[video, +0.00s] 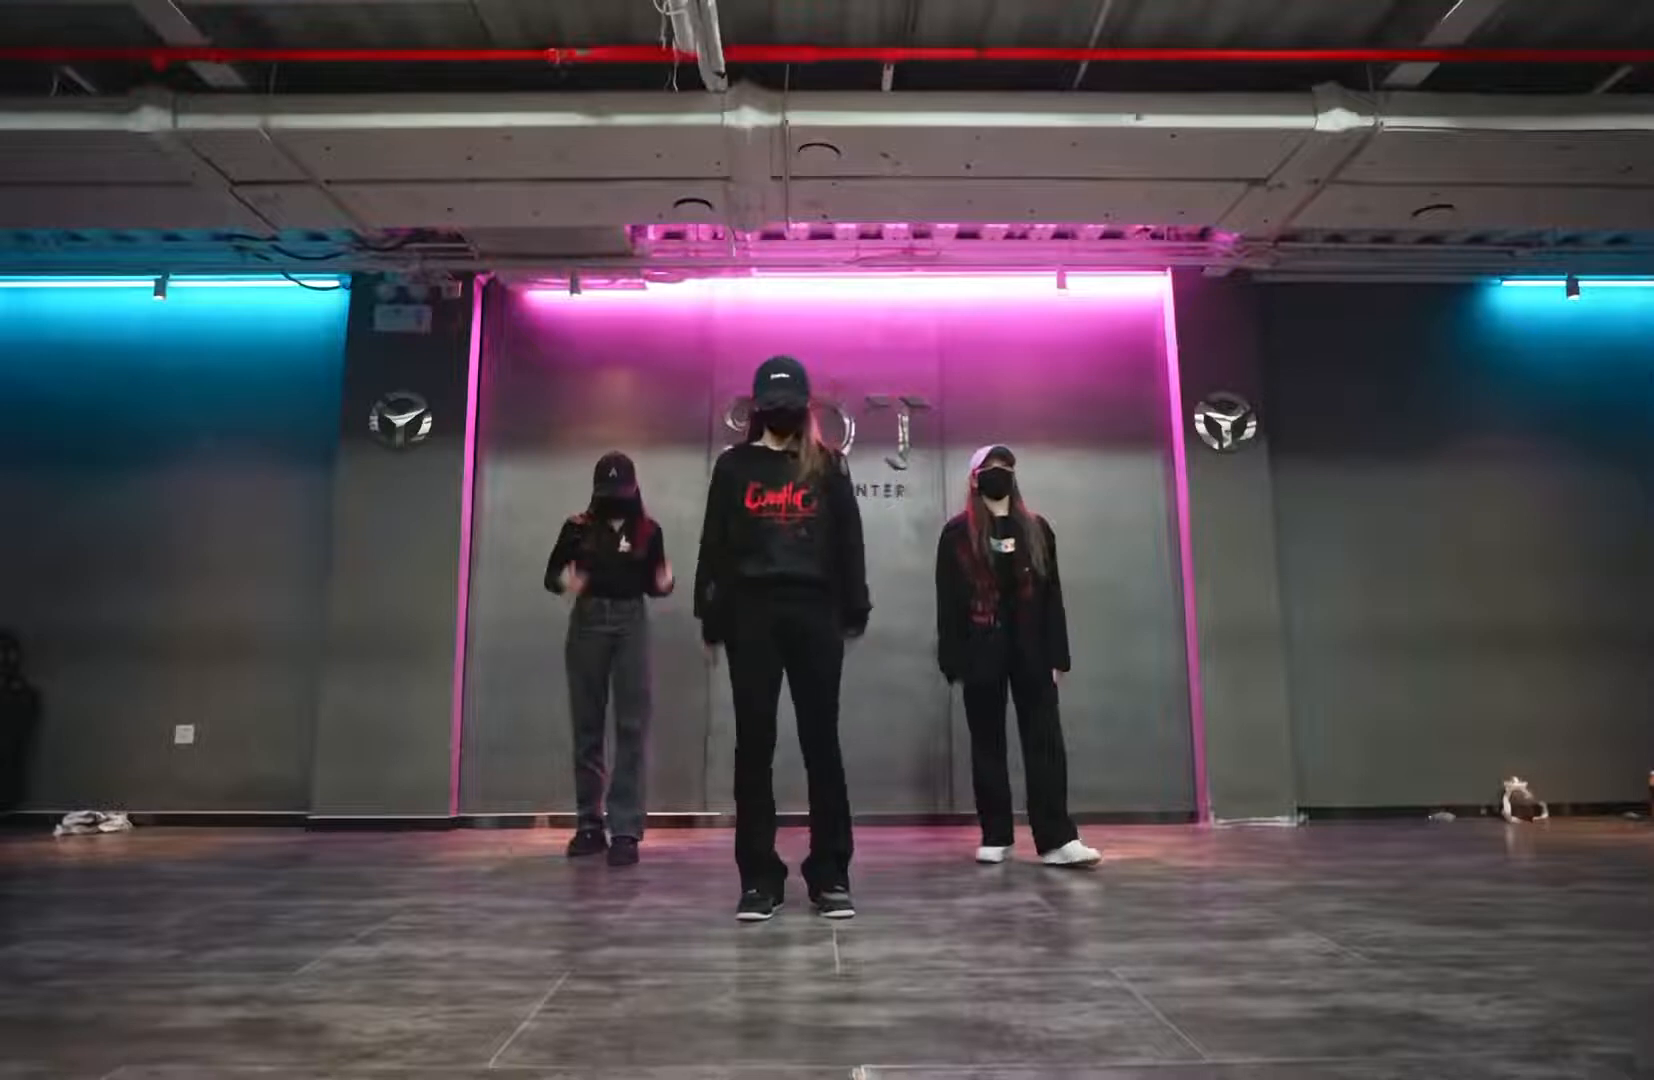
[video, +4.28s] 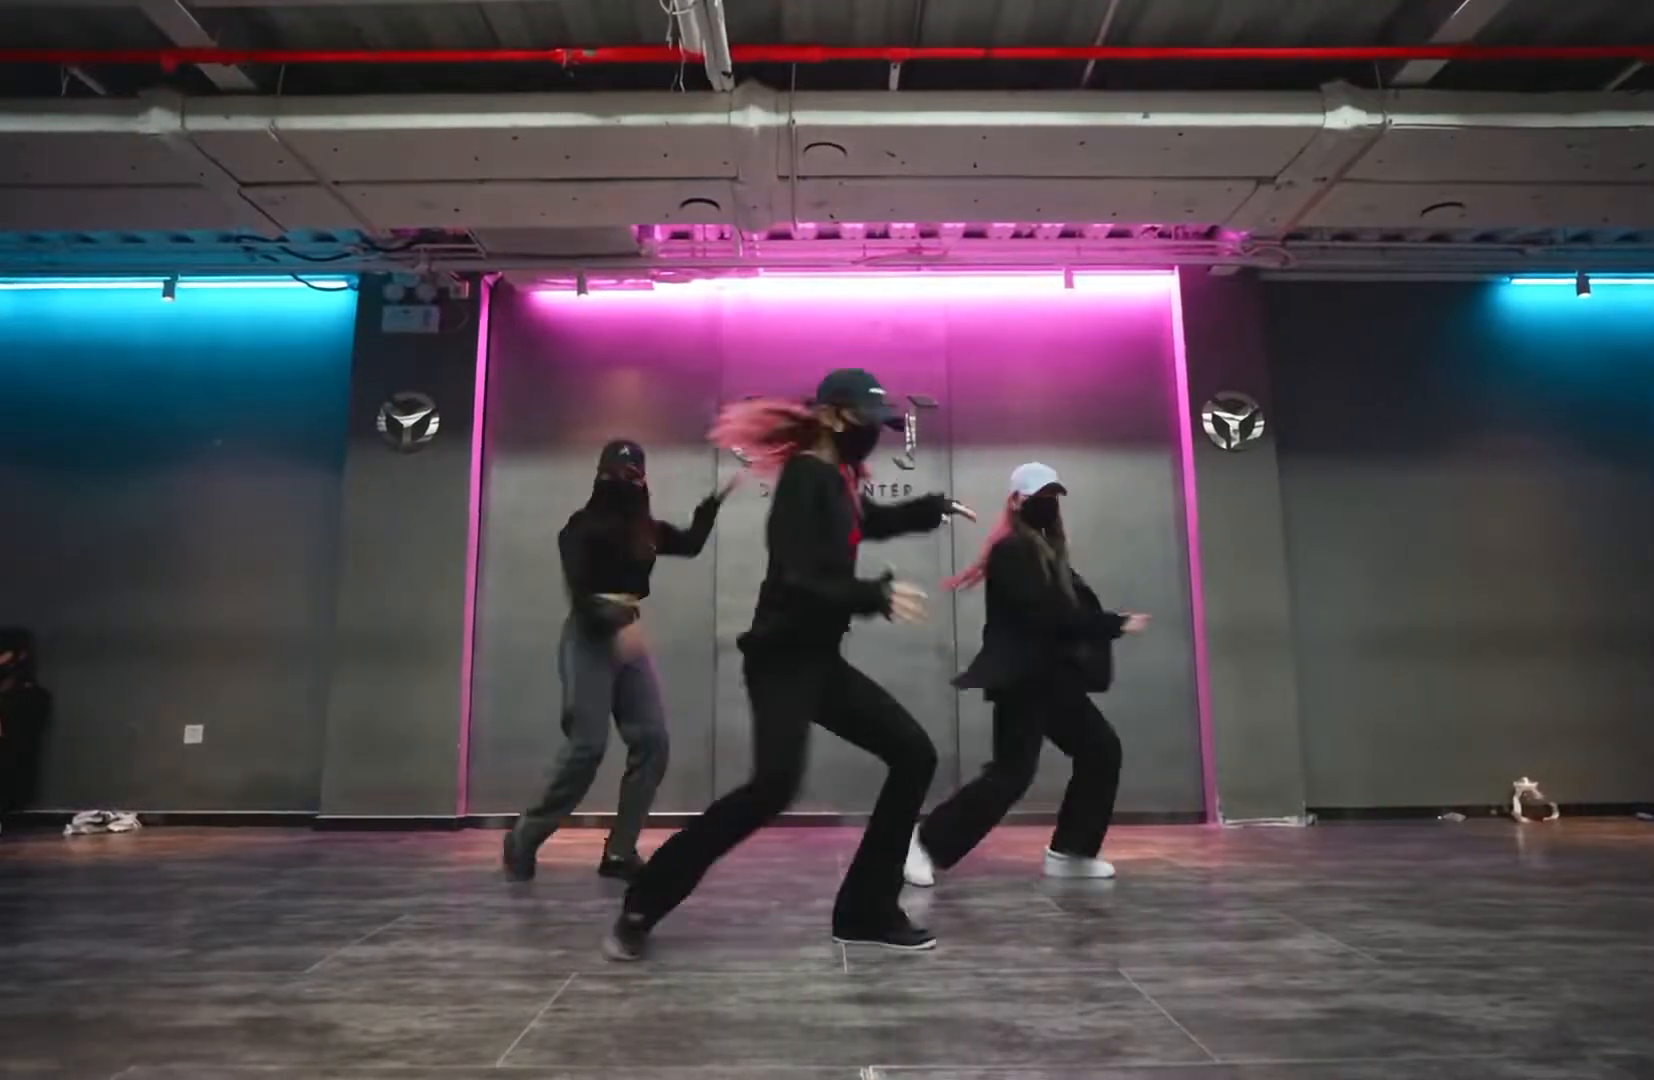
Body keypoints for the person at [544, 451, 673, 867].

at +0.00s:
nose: (615, 501)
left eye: (622, 493)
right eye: (608, 494)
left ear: (634, 490)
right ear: (596, 490)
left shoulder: (647, 529)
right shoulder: (578, 527)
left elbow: (658, 584)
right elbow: (552, 578)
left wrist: (662, 583)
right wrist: (569, 578)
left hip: (632, 622)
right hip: (589, 621)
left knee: (631, 727)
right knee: (588, 727)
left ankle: (626, 831)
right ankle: (589, 825)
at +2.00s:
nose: (627, 486)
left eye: (634, 480)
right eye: (619, 480)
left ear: (646, 485)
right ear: (609, 486)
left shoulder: (660, 532)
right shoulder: (591, 532)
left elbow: (673, 587)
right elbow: (576, 588)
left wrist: (670, 634)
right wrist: (572, 640)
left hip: (645, 631)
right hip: (598, 629)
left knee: (641, 726)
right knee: (601, 728)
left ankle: (644, 827)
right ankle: (610, 821)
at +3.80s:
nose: (627, 500)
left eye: (635, 492)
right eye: (620, 492)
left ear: (649, 495)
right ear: (610, 495)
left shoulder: (657, 540)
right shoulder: (606, 538)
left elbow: (649, 593)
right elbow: (580, 584)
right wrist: (539, 603)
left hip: (651, 651)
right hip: (611, 648)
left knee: (655, 747)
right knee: (585, 711)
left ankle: (669, 829)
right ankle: (574, 793)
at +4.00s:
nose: (606, 499)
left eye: (615, 492)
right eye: (599, 491)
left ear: (631, 497)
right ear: (590, 495)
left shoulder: (641, 543)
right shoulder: (581, 543)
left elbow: (652, 590)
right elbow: (543, 583)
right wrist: (493, 571)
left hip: (628, 655)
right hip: (582, 653)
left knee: (647, 759)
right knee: (557, 741)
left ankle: (667, 850)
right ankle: (530, 853)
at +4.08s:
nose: (602, 494)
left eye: (611, 488)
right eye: (595, 486)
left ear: (626, 494)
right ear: (584, 489)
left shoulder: (638, 541)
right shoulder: (566, 530)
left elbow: (678, 585)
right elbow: (521, 553)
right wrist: (498, 546)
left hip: (626, 651)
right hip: (576, 650)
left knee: (655, 746)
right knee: (561, 742)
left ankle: (663, 846)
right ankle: (531, 852)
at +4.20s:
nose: (616, 488)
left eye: (625, 480)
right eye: (609, 478)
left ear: (636, 485)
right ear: (594, 481)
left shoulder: (645, 530)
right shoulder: (577, 522)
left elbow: (704, 539)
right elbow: (535, 561)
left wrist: (745, 506)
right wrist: (526, 609)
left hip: (626, 646)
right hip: (579, 644)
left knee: (657, 736)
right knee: (573, 745)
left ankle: (628, 847)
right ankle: (530, 849)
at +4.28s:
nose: (623, 481)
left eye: (631, 475)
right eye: (616, 473)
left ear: (641, 480)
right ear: (602, 475)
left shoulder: (642, 526)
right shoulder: (581, 527)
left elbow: (689, 543)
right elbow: (581, 600)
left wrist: (712, 503)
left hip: (624, 637)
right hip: (587, 638)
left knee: (651, 744)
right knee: (587, 746)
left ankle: (620, 852)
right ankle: (523, 840)